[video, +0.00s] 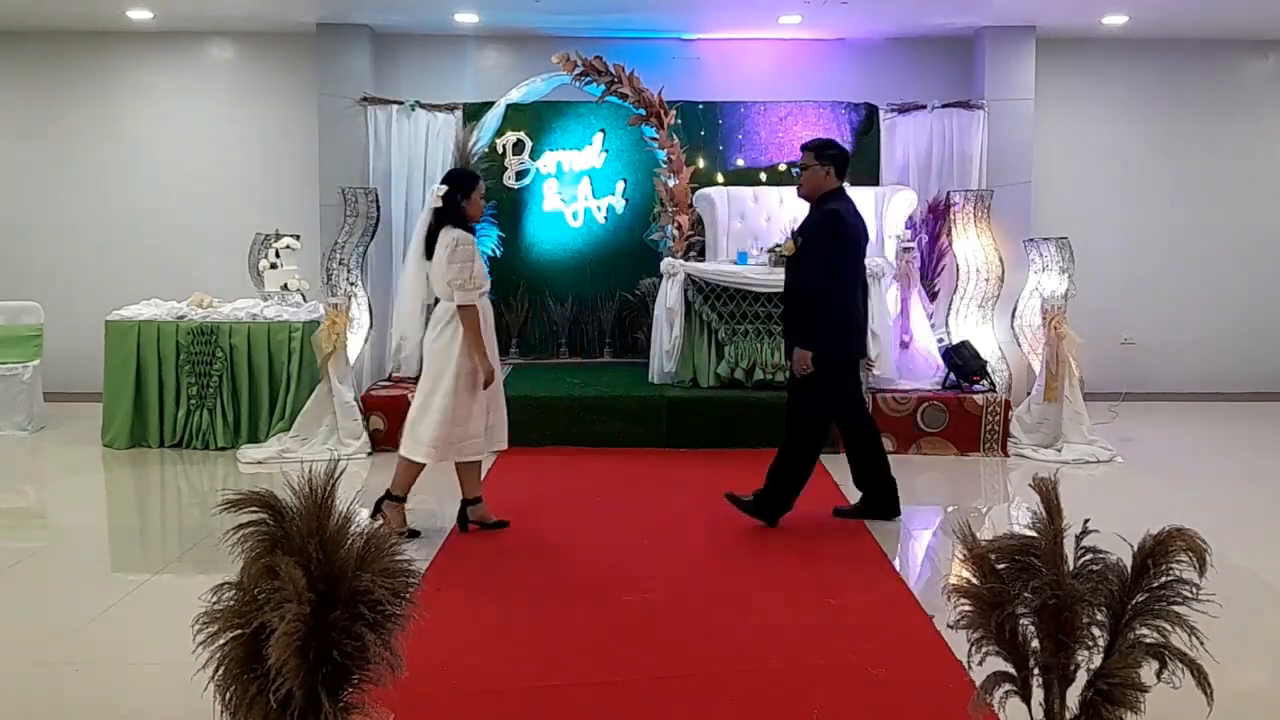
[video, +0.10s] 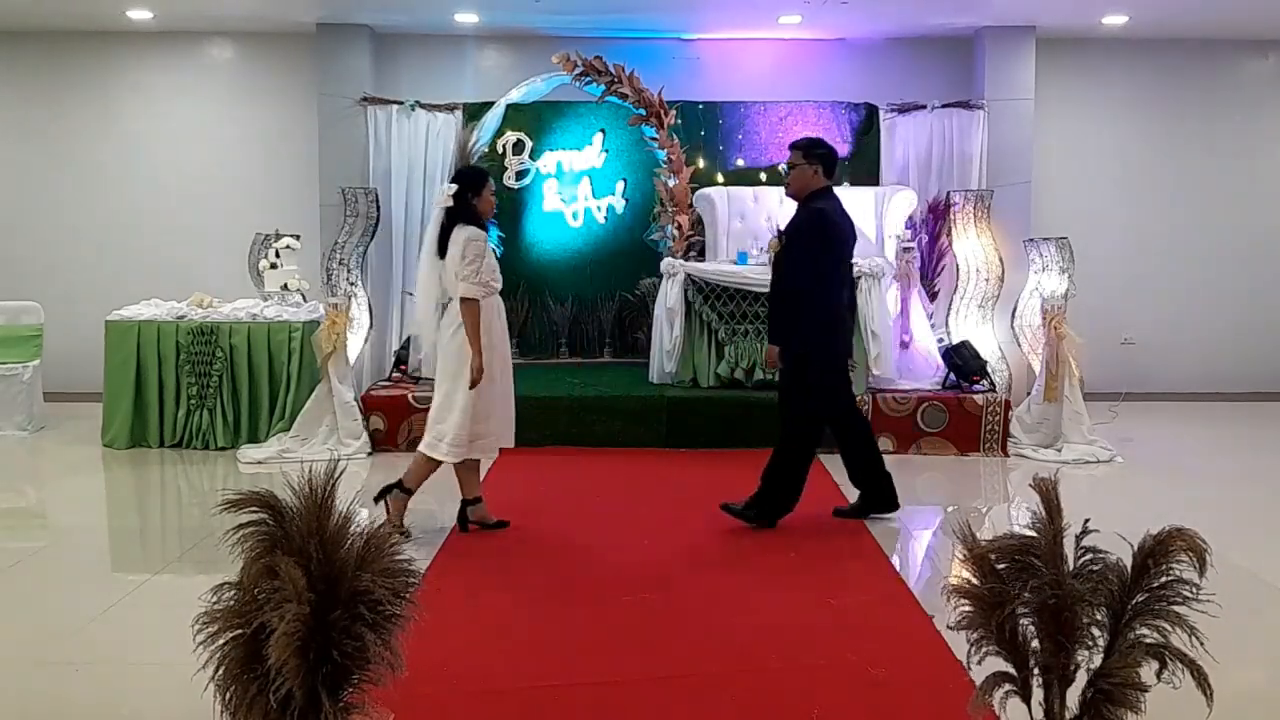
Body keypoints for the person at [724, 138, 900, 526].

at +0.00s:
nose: (798, 176)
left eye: (804, 169)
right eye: (799, 169)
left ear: (827, 172)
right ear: (827, 173)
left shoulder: (831, 218)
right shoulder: (836, 213)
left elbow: (823, 287)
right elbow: (827, 285)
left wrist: (805, 343)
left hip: (824, 341)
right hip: (837, 340)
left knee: (804, 426)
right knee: (853, 421)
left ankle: (772, 502)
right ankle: (880, 498)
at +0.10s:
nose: (786, 175)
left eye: (792, 168)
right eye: (787, 168)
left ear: (815, 171)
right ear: (817, 172)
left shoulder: (812, 219)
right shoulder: (832, 215)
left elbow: (791, 284)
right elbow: (821, 284)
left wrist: (775, 339)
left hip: (809, 341)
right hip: (828, 338)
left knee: (797, 427)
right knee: (844, 418)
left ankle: (768, 506)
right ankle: (878, 494)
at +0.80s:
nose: (696, 175)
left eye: (702, 168)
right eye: (695, 169)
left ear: (728, 169)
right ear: (709, 172)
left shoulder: (761, 215)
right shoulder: (700, 218)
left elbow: (789, 266)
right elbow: (682, 267)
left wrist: (756, 300)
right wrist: (638, 277)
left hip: (739, 338)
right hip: (696, 336)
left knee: (727, 420)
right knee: (683, 416)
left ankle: (729, 507)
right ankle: (684, 500)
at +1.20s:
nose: (718, 175)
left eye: (725, 168)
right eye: (709, 168)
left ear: (736, 172)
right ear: (694, 172)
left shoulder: (754, 214)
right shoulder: (676, 215)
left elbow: (773, 262)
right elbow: (657, 265)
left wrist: (744, 289)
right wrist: (655, 285)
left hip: (739, 334)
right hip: (691, 333)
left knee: (734, 420)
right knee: (688, 418)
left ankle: (727, 499)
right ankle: (685, 498)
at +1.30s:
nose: (719, 175)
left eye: (726, 168)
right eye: (710, 168)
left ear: (737, 172)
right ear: (697, 172)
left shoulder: (753, 213)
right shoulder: (679, 215)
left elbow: (764, 263)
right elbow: (667, 260)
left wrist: (738, 292)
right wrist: (668, 275)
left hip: (739, 332)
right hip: (693, 332)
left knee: (738, 416)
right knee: (692, 414)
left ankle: (727, 498)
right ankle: (688, 498)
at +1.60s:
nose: (710, 172)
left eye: (717, 164)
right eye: (701, 165)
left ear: (727, 169)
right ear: (687, 170)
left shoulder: (746, 210)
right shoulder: (675, 210)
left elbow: (754, 261)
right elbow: (684, 238)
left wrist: (728, 292)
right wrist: (700, 250)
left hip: (737, 332)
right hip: (691, 332)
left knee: (735, 415)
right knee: (690, 415)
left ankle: (727, 499)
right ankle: (688, 498)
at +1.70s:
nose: (706, 171)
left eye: (713, 164)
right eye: (697, 164)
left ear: (725, 168)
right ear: (685, 169)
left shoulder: (743, 210)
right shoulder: (671, 209)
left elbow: (760, 262)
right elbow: (677, 245)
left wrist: (732, 291)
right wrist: (699, 263)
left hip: (733, 333)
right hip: (687, 333)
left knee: (731, 418)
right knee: (687, 417)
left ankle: (727, 499)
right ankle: (688, 498)